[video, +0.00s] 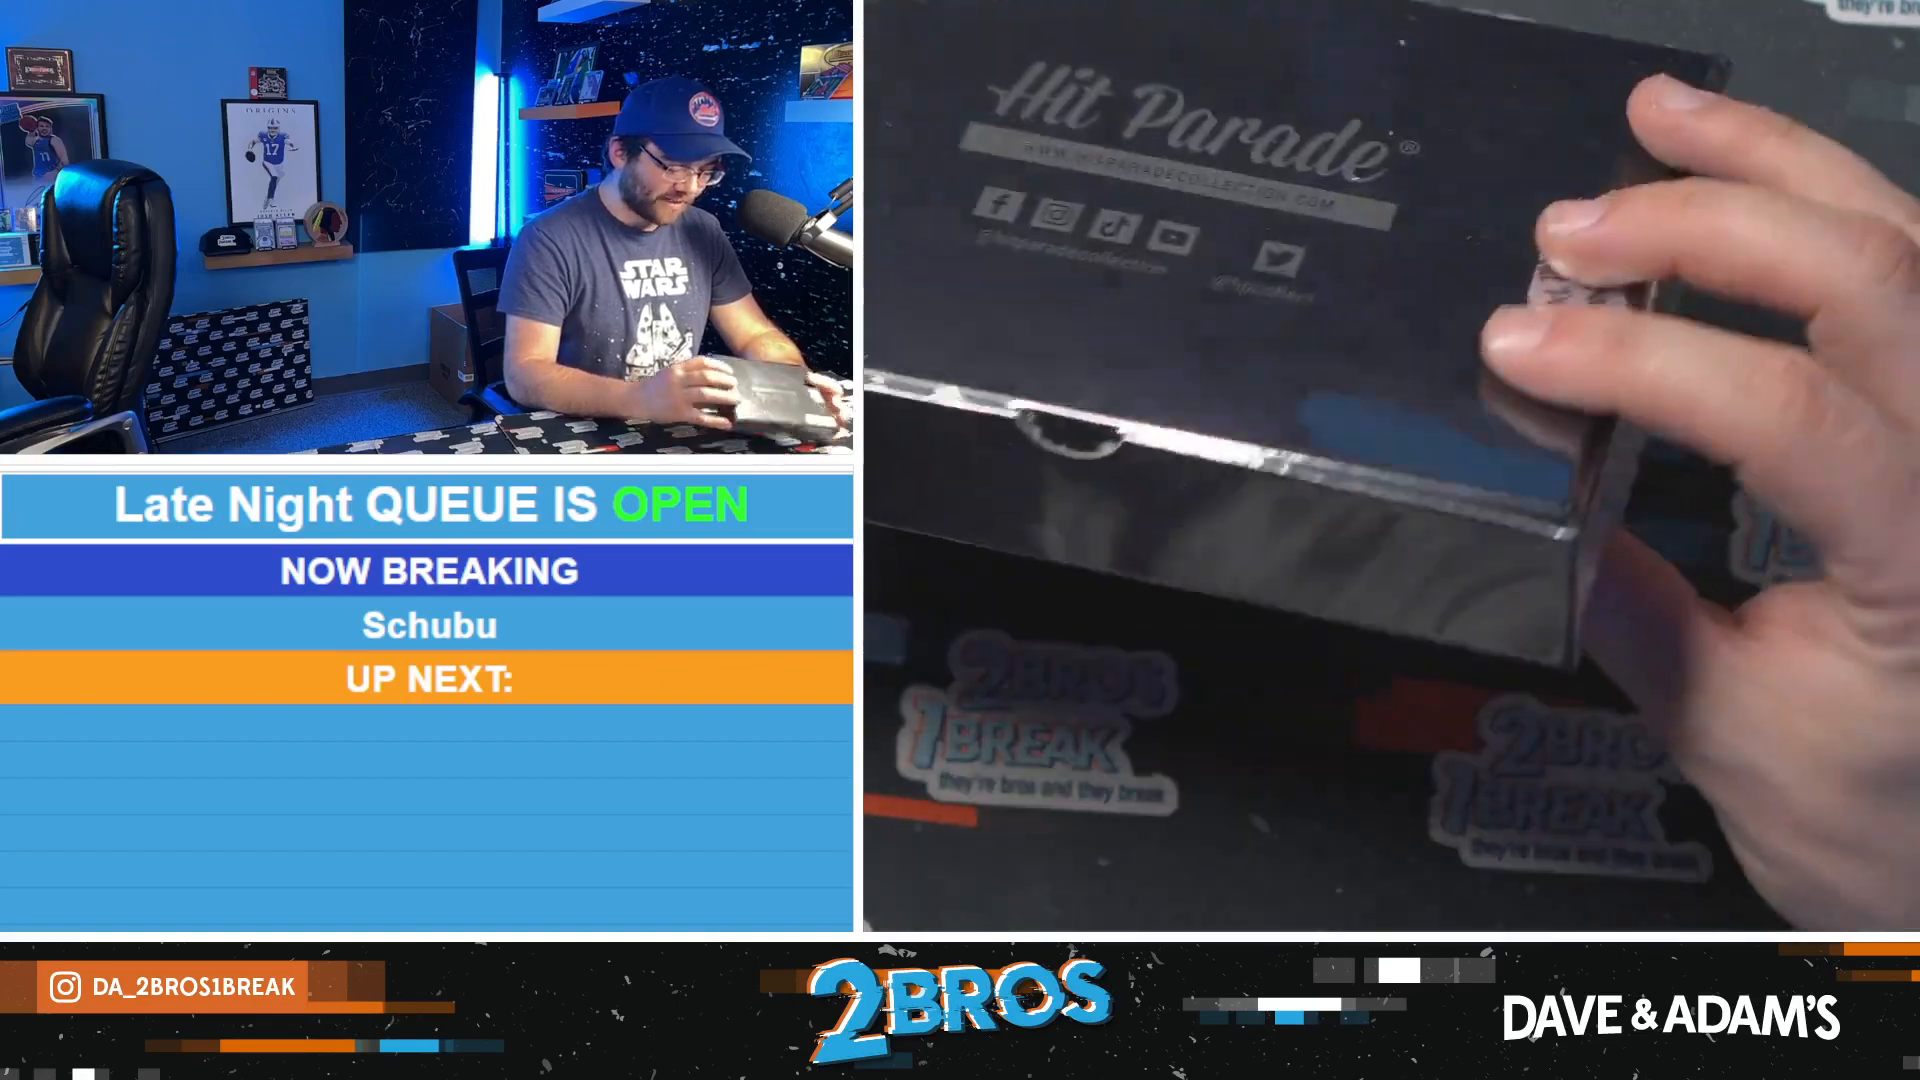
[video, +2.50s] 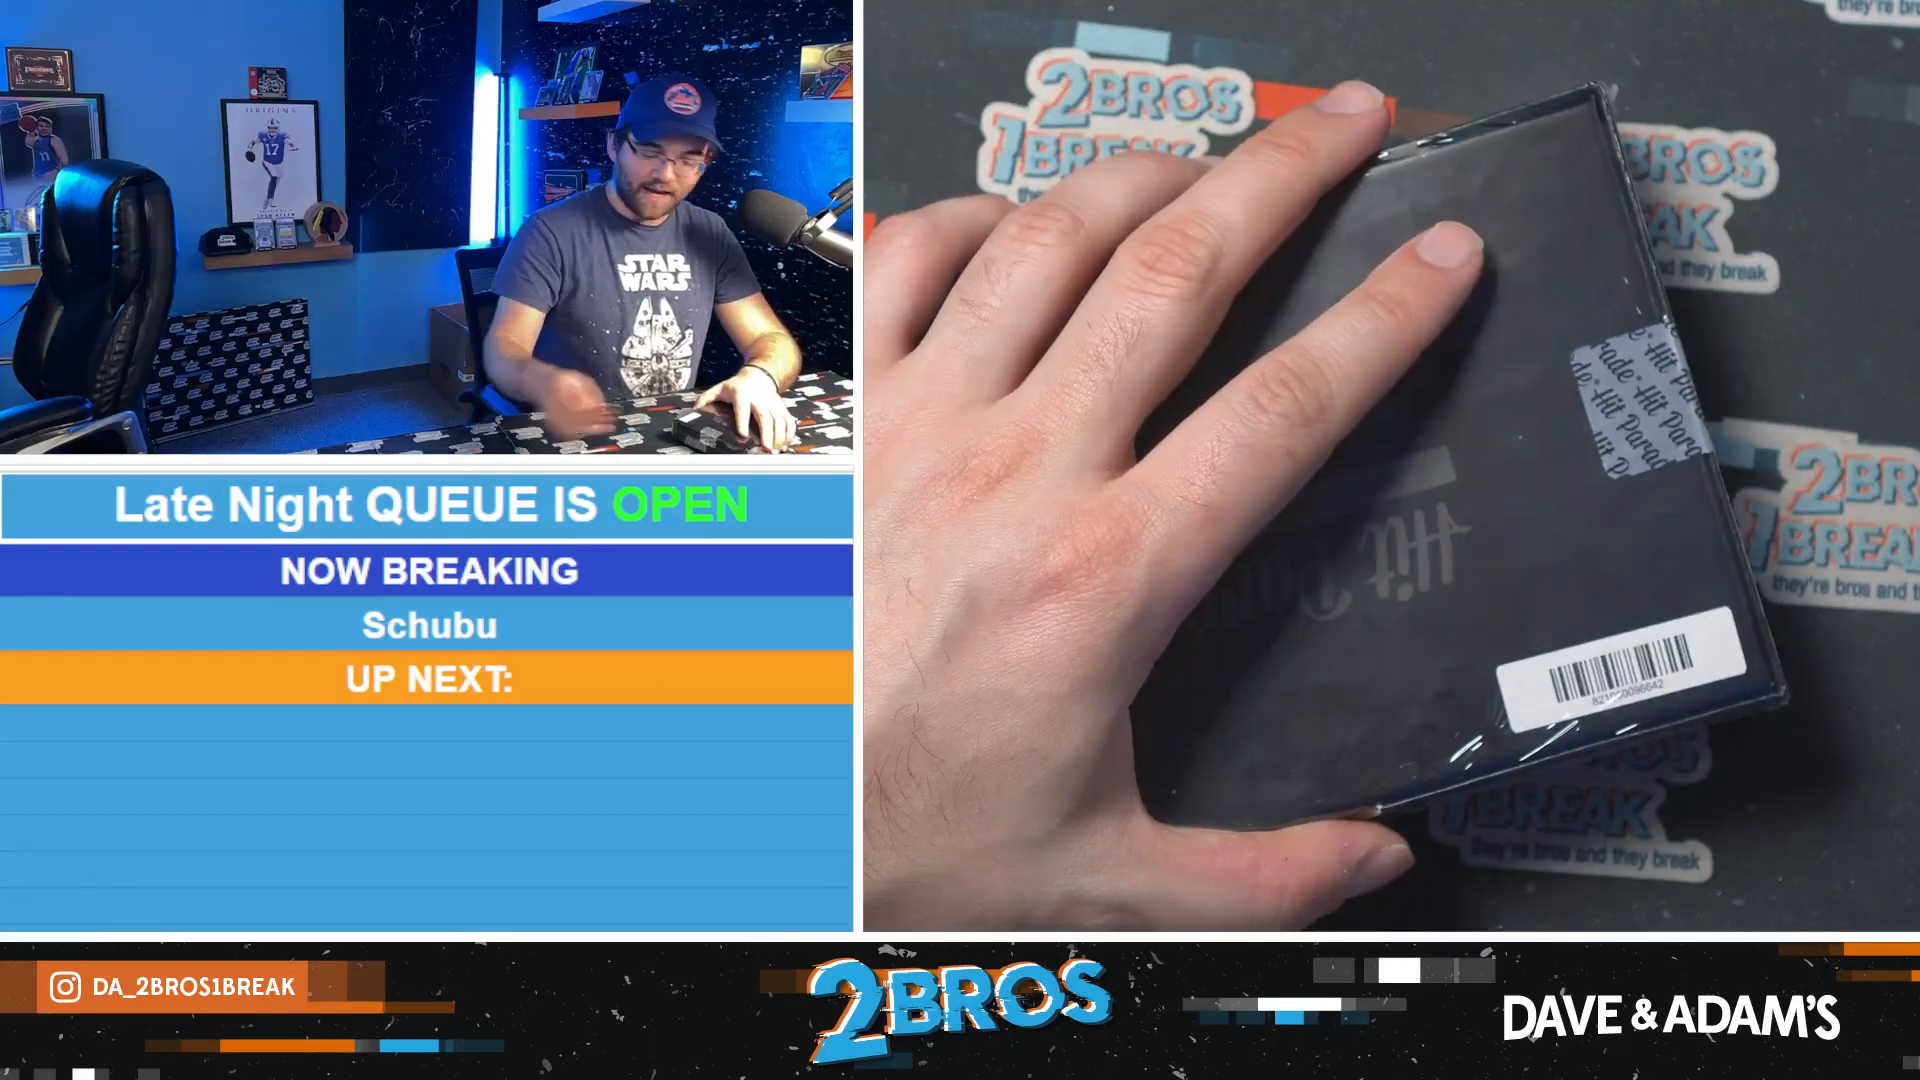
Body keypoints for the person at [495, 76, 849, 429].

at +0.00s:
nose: (689, 185)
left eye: (704, 169)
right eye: (673, 165)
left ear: (715, 169)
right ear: (620, 152)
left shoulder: (701, 232)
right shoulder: (552, 239)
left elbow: (755, 333)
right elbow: (527, 375)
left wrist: (797, 380)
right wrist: (641, 398)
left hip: (686, 457)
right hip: (581, 462)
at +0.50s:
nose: (684, 174)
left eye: (698, 158)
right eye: (666, 152)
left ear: (709, 162)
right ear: (615, 148)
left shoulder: (704, 231)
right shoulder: (550, 237)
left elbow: (758, 335)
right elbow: (523, 372)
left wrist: (781, 371)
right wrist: (649, 394)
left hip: (686, 455)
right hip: (580, 459)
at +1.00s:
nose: (616, 150)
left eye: (640, 135)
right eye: (605, 132)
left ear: (682, 150)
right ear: (592, 140)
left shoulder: (705, 232)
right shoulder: (546, 232)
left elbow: (761, 334)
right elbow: (510, 350)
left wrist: (791, 369)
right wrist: (529, 425)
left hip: (680, 453)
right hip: (575, 456)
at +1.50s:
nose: (606, 152)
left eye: (632, 138)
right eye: (601, 135)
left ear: (682, 154)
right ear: (592, 139)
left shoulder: (710, 233)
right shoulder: (553, 233)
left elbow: (776, 341)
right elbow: (522, 353)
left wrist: (758, 374)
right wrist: (536, 456)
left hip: (680, 450)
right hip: (582, 453)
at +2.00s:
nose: (645, 170)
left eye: (670, 155)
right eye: (631, 149)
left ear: (701, 161)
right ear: (610, 148)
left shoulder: (709, 236)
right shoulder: (550, 238)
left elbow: (772, 341)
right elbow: (499, 348)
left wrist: (760, 376)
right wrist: (496, 408)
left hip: (677, 455)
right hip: (568, 457)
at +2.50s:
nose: (665, 176)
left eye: (687, 161)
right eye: (650, 153)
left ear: (703, 167)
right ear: (614, 145)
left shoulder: (708, 235)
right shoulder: (550, 235)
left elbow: (771, 341)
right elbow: (501, 351)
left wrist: (759, 376)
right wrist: (548, 386)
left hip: (678, 457)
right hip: (575, 463)